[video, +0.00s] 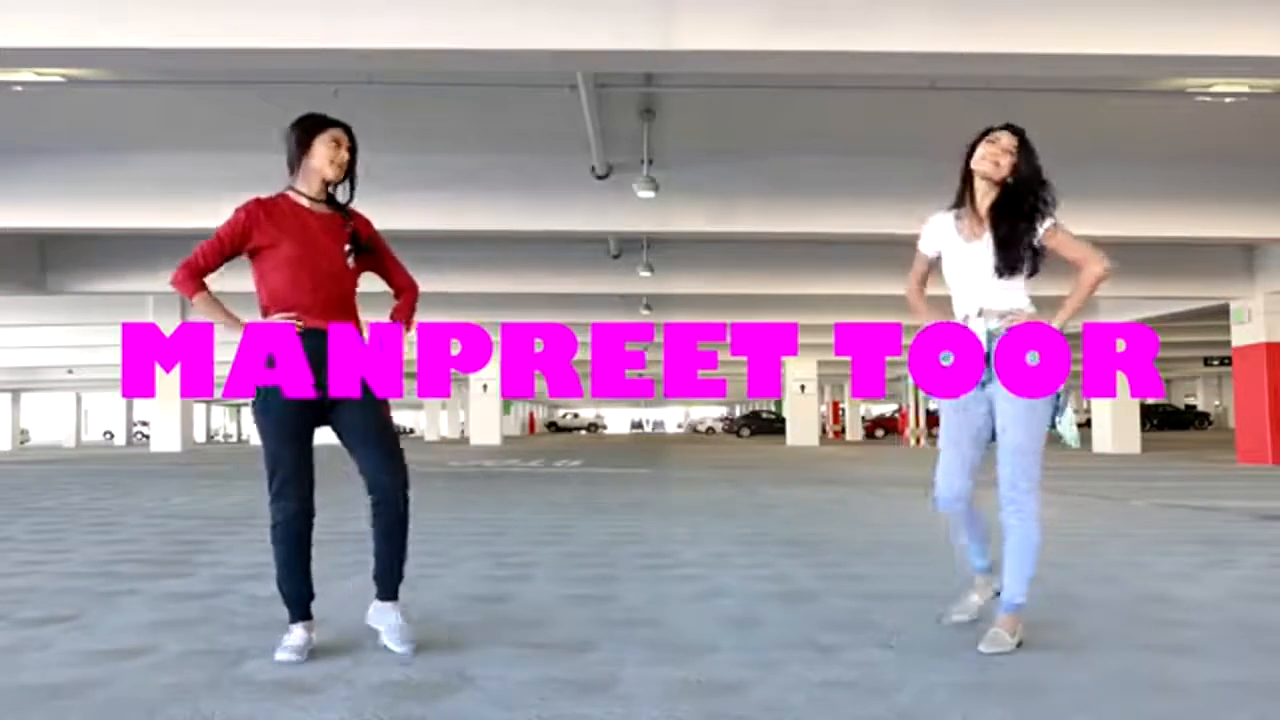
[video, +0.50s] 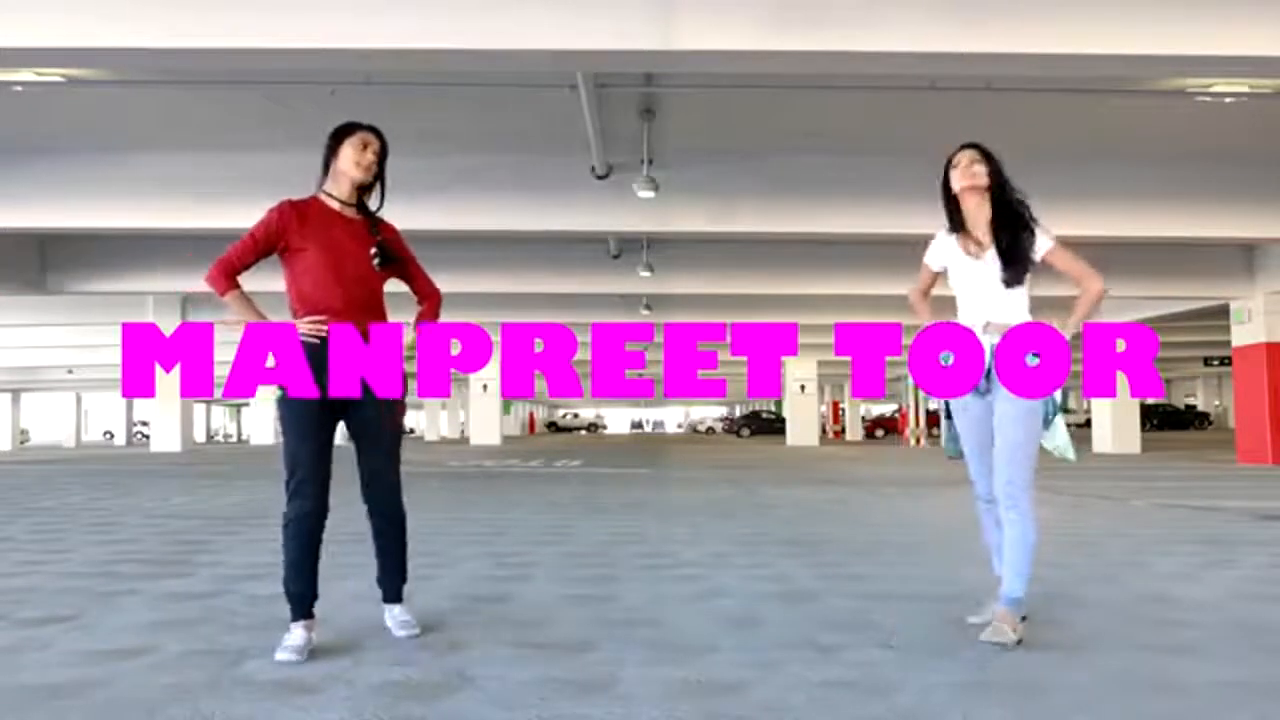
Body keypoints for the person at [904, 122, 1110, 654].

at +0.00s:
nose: (997, 153)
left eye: (1010, 151)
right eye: (991, 143)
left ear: (1017, 172)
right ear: (970, 156)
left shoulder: (1026, 223)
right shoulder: (941, 227)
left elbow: (1095, 266)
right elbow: (914, 289)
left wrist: (1056, 325)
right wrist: (936, 333)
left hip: (1021, 359)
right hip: (963, 363)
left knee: (1016, 490)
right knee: (950, 490)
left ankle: (1012, 613)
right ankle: (984, 575)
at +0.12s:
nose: (999, 158)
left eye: (1010, 155)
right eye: (992, 148)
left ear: (1018, 174)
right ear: (972, 160)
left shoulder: (1025, 225)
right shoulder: (941, 229)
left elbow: (1096, 268)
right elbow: (914, 292)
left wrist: (1054, 327)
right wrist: (935, 337)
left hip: (1019, 359)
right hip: (962, 363)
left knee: (1016, 486)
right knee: (971, 489)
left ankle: (1011, 612)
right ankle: (999, 585)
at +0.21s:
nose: (1000, 163)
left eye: (1009, 159)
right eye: (991, 153)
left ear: (1016, 175)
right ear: (970, 163)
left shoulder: (1023, 230)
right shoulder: (940, 232)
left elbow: (1094, 273)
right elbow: (913, 292)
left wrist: (1053, 328)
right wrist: (935, 336)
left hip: (1019, 360)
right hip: (962, 365)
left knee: (1014, 487)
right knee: (981, 489)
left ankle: (1012, 611)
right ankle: (1004, 590)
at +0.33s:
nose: (991, 164)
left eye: (1000, 159)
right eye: (981, 156)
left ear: (1009, 176)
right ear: (962, 172)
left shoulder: (1022, 233)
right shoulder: (941, 237)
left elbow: (1094, 274)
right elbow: (912, 294)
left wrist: (1059, 325)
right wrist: (938, 336)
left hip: (1019, 362)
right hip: (964, 366)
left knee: (1014, 490)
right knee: (987, 491)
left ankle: (1011, 612)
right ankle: (1006, 594)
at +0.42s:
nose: (978, 170)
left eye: (987, 162)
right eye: (968, 163)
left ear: (1001, 175)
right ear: (954, 178)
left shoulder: (1022, 233)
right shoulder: (943, 240)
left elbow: (1092, 281)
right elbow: (915, 296)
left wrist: (1062, 329)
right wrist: (939, 334)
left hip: (1020, 367)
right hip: (965, 370)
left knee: (1014, 490)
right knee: (987, 491)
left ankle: (1012, 612)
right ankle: (1005, 594)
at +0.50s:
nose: (969, 172)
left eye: (978, 164)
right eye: (959, 167)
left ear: (994, 177)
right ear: (949, 184)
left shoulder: (1021, 234)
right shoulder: (944, 244)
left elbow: (1093, 284)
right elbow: (917, 296)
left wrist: (1063, 331)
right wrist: (939, 331)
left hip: (1020, 369)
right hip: (965, 373)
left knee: (1012, 488)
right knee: (985, 490)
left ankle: (1011, 608)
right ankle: (1006, 592)